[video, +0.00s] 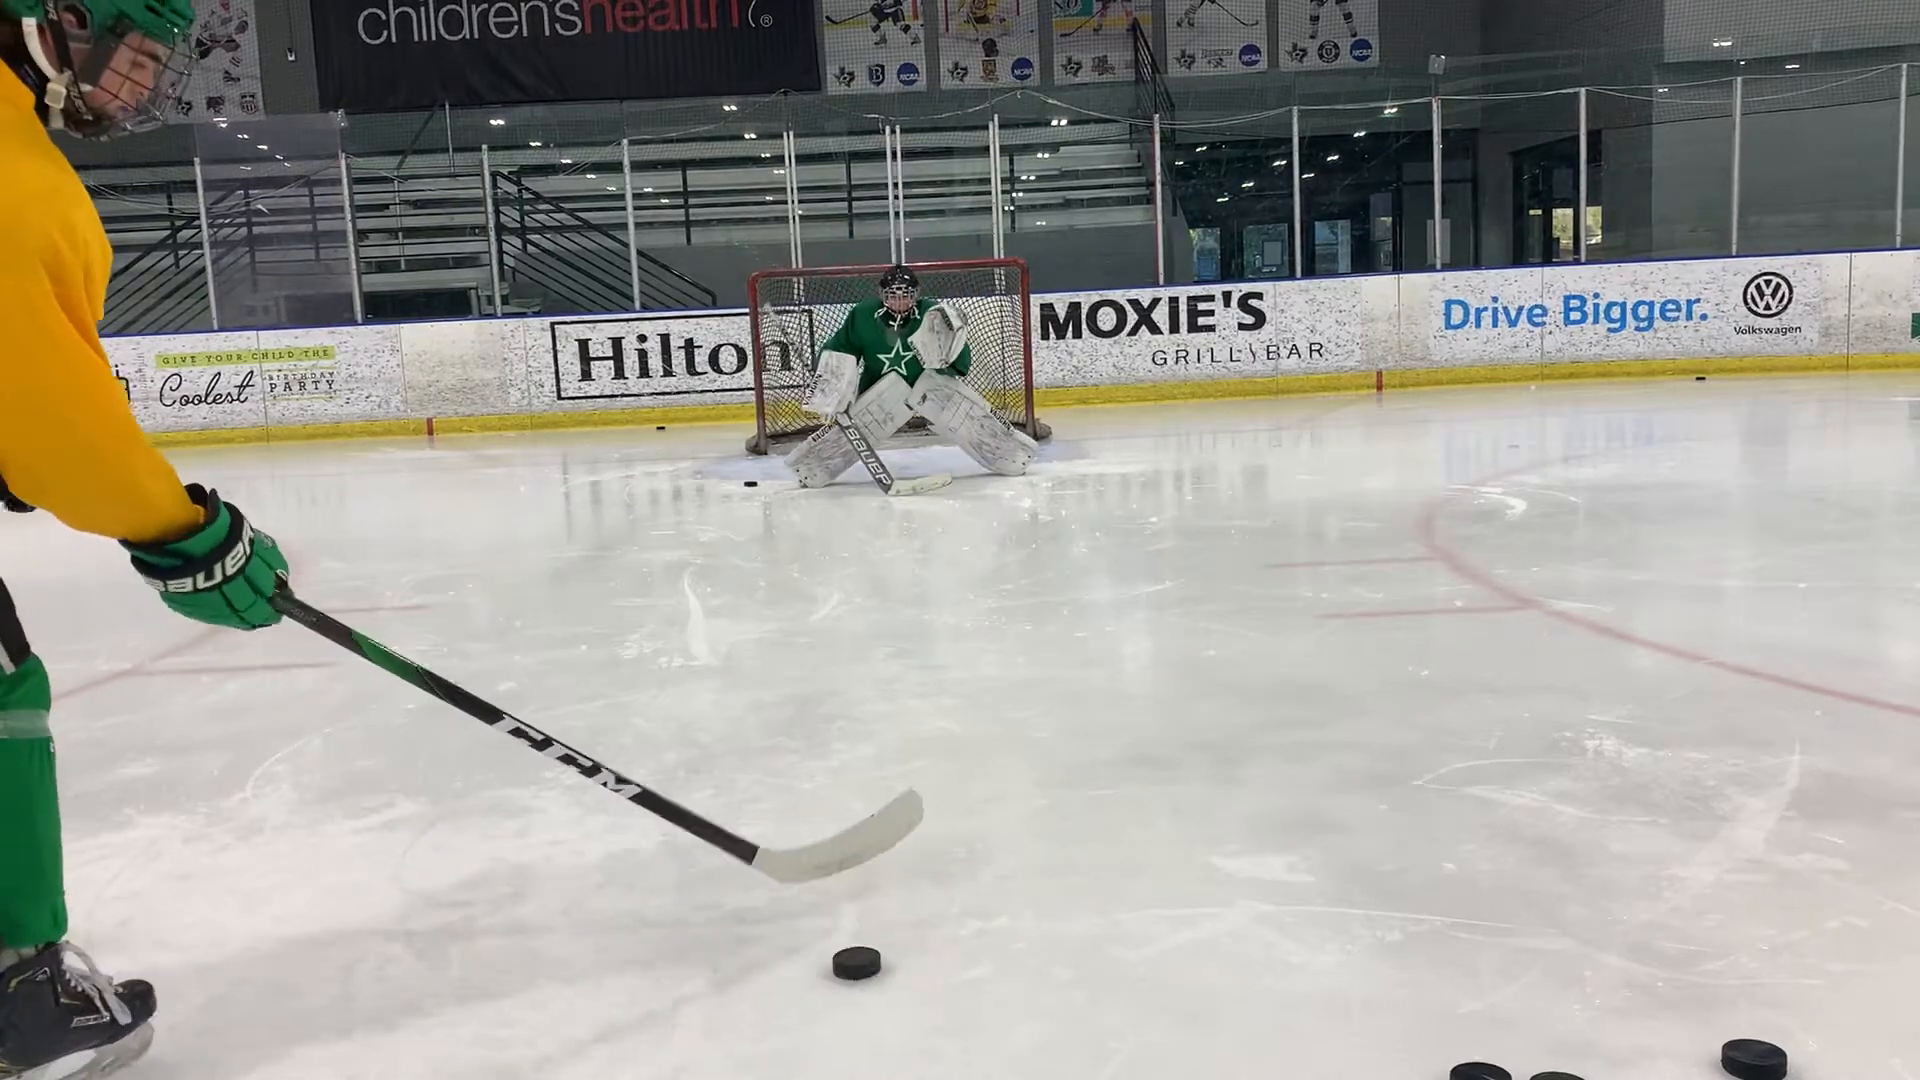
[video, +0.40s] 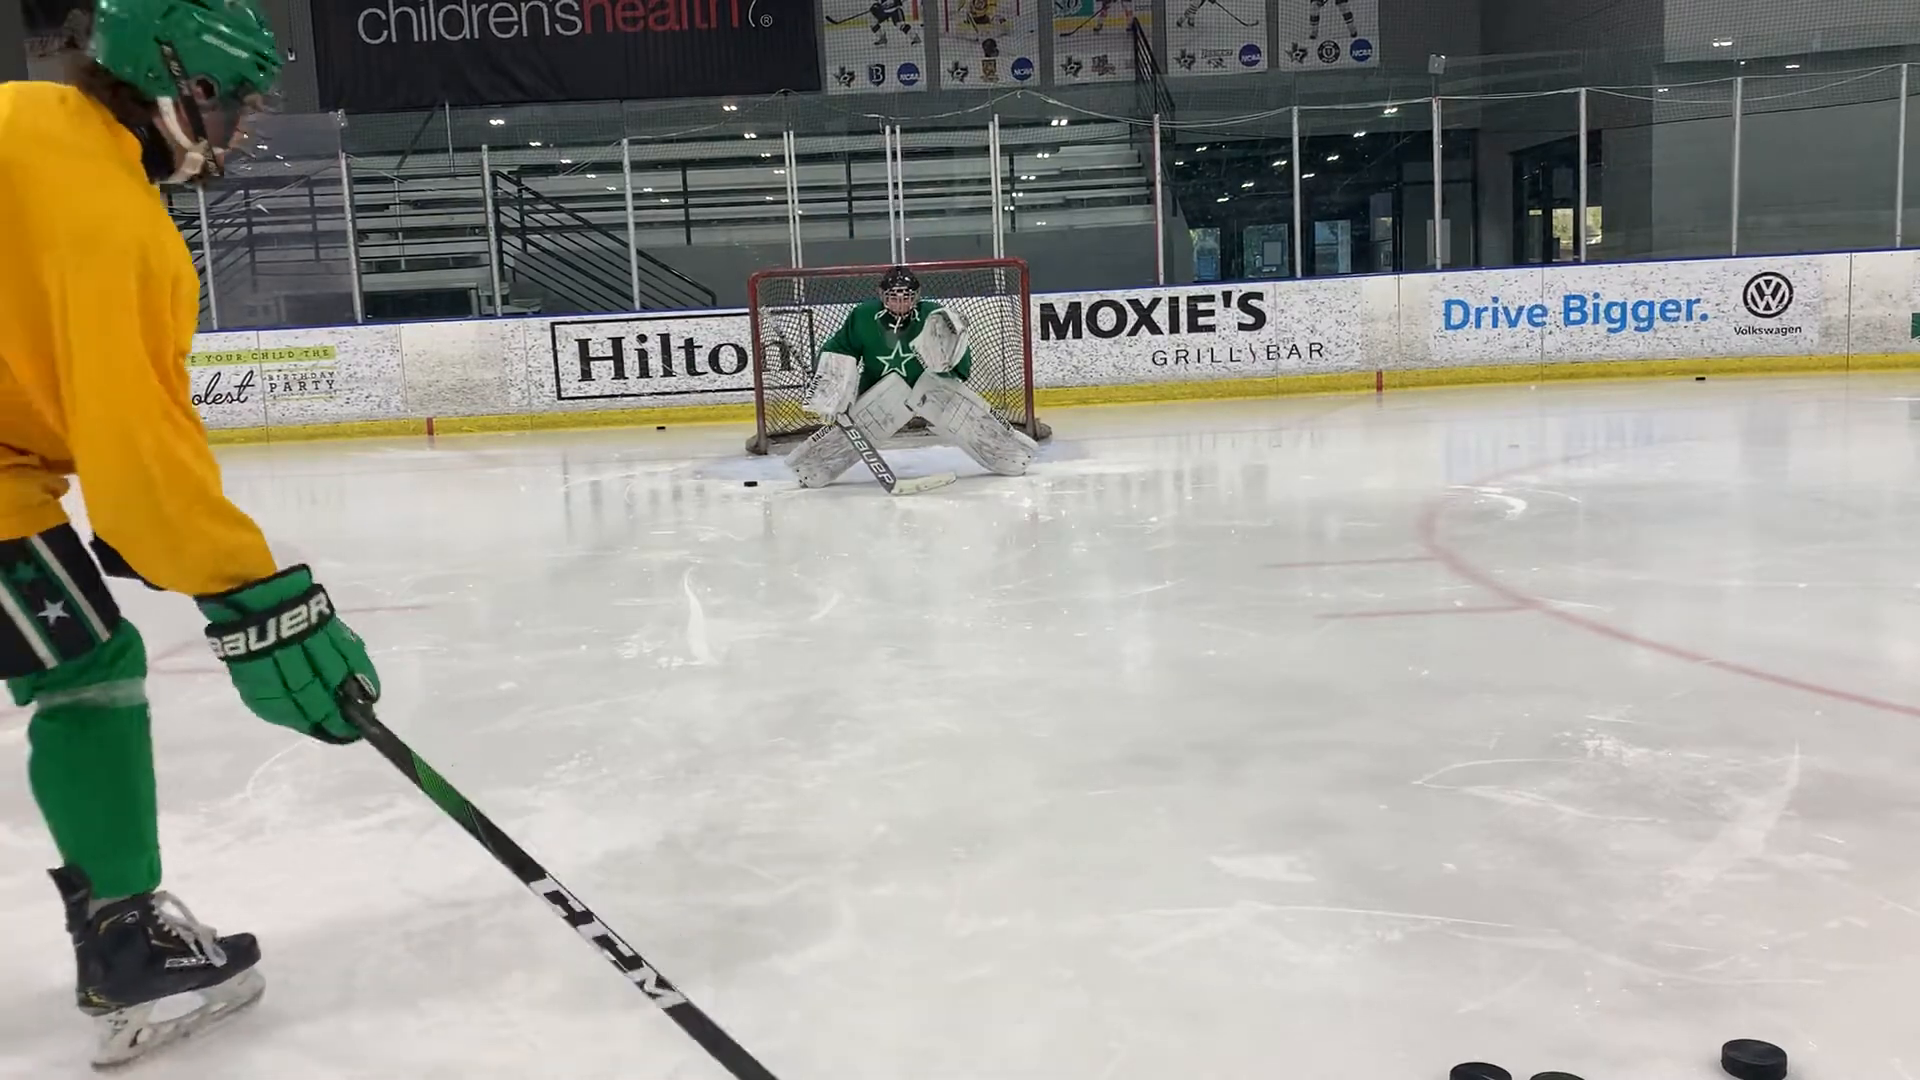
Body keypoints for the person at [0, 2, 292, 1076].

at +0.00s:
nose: (144, 81)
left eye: (159, 61)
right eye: (134, 47)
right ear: (56, 22)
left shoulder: (27, 156)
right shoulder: (18, 173)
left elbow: (43, 387)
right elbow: (46, 397)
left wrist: (163, 519)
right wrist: (187, 536)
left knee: (12, 693)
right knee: (9, 695)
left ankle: (24, 972)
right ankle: (23, 978)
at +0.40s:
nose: (235, 135)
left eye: (243, 109)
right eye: (230, 104)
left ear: (130, 64)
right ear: (172, 81)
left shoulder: (27, 115)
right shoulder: (108, 217)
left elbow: (47, 342)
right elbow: (140, 458)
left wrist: (122, 497)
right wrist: (258, 604)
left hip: (11, 481)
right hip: (3, 492)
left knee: (77, 667)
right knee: (90, 667)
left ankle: (115, 925)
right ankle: (122, 937)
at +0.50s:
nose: (270, 150)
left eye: (278, 125)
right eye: (267, 121)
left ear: (158, 86)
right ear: (220, 106)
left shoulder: (47, 134)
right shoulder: (164, 233)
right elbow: (193, 459)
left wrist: (121, 517)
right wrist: (300, 609)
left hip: (12, 473)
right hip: (11, 485)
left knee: (132, 650)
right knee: (147, 650)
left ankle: (155, 910)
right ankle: (167, 921)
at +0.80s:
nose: (401, 152)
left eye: (407, 125)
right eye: (400, 120)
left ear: (283, 79)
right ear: (360, 101)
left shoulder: (142, 88)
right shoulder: (347, 229)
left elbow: (60, 175)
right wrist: (430, 428)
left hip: (19, 423)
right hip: (194, 469)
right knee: (292, 666)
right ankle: (379, 851)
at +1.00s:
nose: (394, 128)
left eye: (401, 107)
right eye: (396, 105)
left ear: (277, 53)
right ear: (367, 87)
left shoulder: (136, 80)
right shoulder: (373, 197)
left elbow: (17, 235)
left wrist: (46, 346)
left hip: (89, 449)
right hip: (277, 475)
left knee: (0, 666)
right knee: (333, 697)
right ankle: (500, 850)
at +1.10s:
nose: (343, 109)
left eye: (349, 88)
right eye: (343, 84)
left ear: (223, 33)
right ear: (313, 62)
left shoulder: (71, 66)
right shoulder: (334, 175)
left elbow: (1, 261)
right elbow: (333, 284)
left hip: (79, 453)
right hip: (270, 465)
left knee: (13, 701)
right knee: (348, 704)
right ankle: (521, 861)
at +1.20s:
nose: (247, 63)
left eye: (245, 45)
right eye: (240, 45)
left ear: (98, 11)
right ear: (210, 33)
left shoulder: (18, 54)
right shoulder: (261, 133)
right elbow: (265, 284)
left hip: (23, 436)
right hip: (217, 430)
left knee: (14, 716)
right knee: (378, 699)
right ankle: (528, 872)